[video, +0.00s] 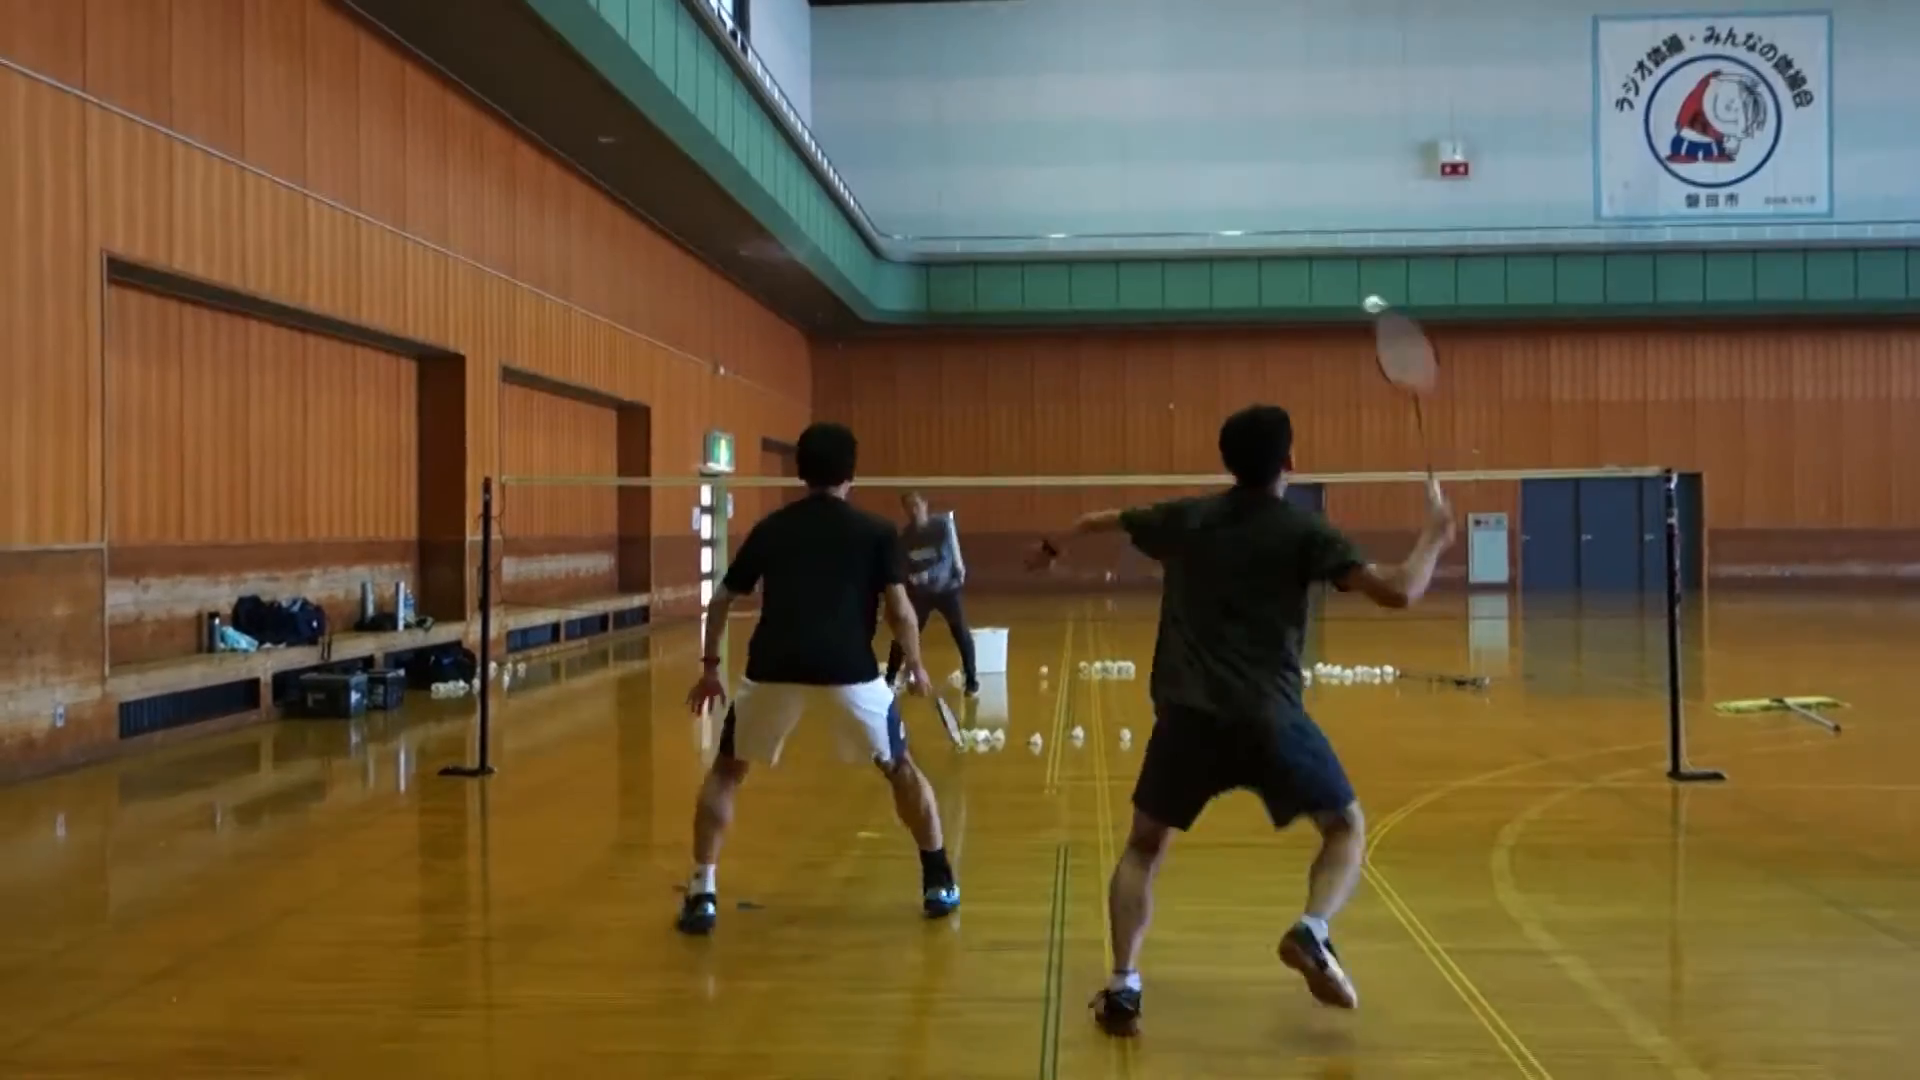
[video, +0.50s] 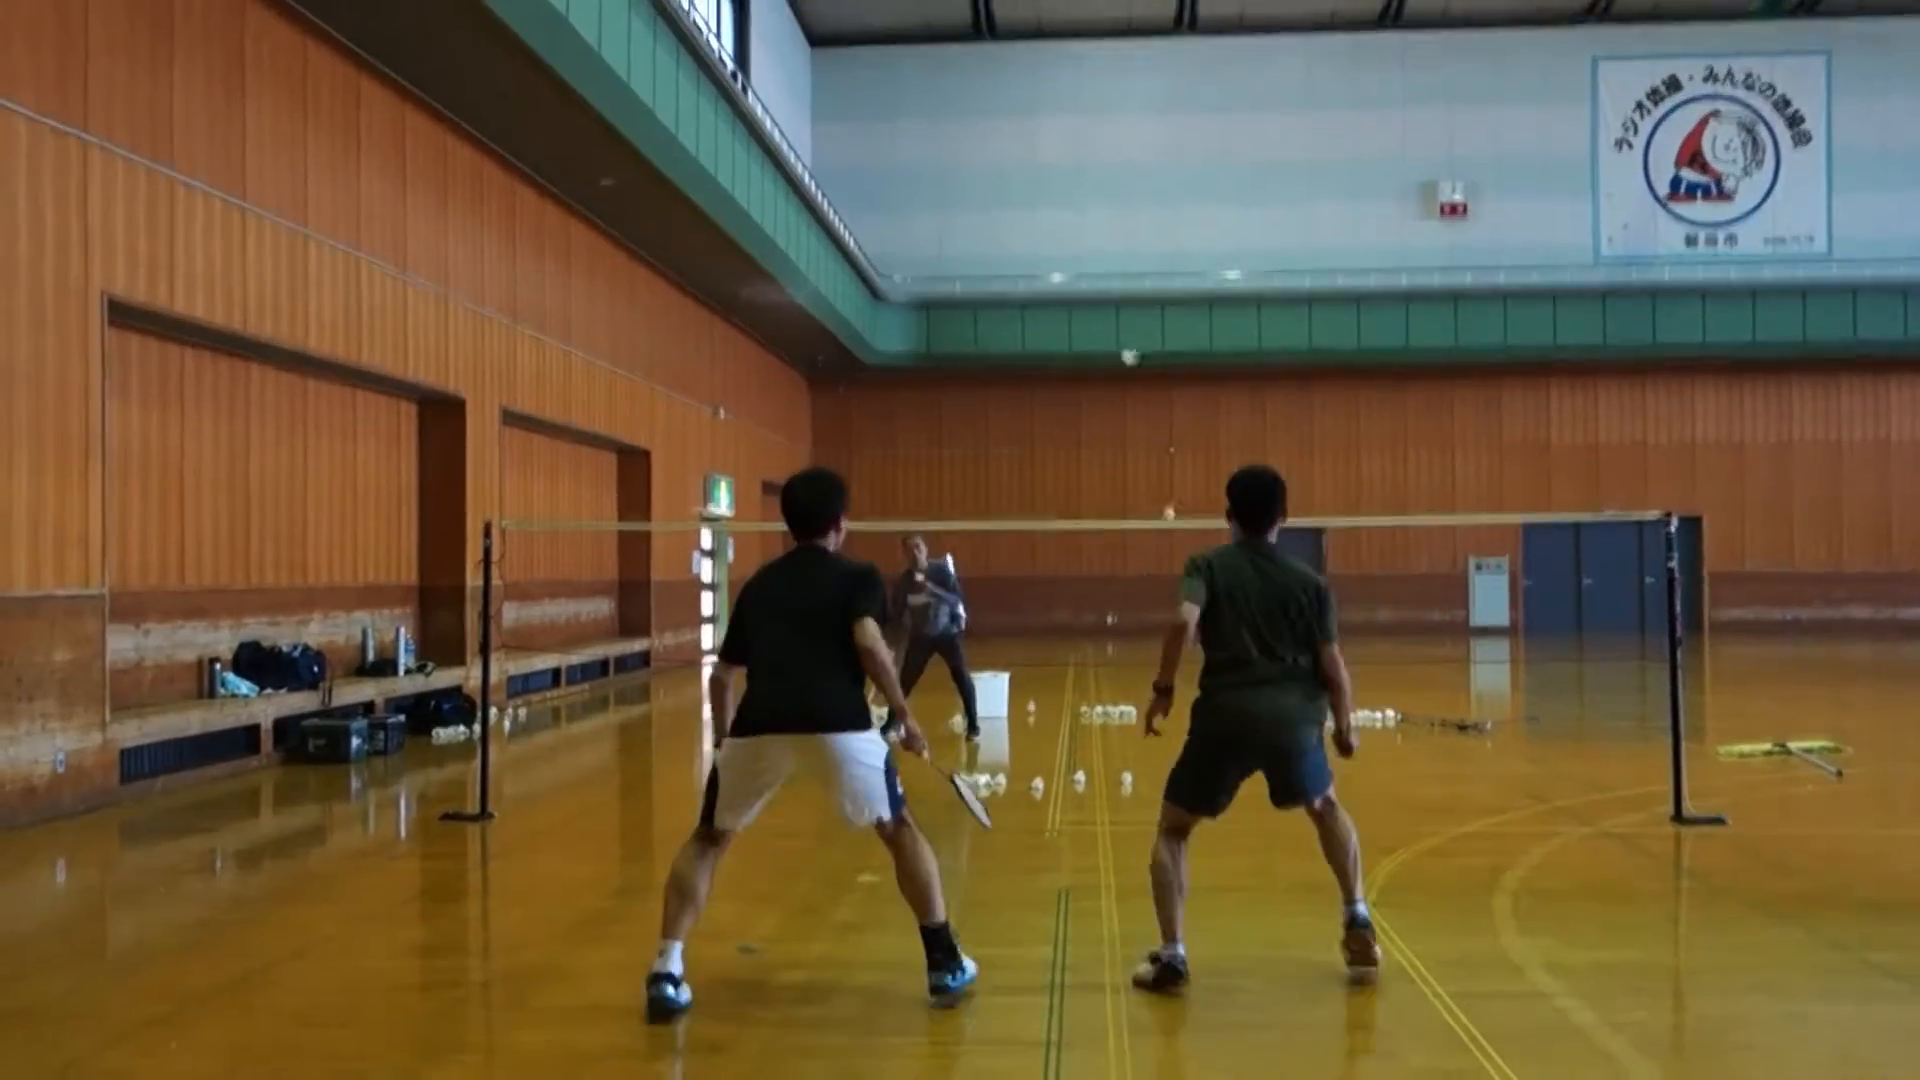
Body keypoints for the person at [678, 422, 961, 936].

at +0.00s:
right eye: (847, 468)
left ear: (799, 470)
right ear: (851, 473)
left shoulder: (772, 528)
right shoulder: (876, 533)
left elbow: (721, 601)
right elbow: (900, 610)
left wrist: (709, 665)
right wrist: (915, 664)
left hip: (775, 670)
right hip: (851, 672)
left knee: (726, 772)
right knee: (902, 771)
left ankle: (701, 894)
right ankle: (939, 879)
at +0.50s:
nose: (845, 528)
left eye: (841, 521)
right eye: (845, 521)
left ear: (788, 525)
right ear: (839, 524)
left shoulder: (759, 583)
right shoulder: (857, 576)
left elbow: (722, 676)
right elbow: (867, 642)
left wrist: (724, 744)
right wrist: (902, 712)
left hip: (762, 725)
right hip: (841, 724)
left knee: (707, 842)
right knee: (899, 831)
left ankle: (666, 971)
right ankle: (944, 960)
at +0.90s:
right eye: (894, 506)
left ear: (837, 513)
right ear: (896, 512)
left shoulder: (807, 584)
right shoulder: (932, 580)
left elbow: (748, 660)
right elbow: (973, 663)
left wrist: (736, 739)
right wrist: (993, 716)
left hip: (823, 753)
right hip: (909, 754)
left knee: (759, 858)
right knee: (970, 869)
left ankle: (723, 993)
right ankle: (987, 1013)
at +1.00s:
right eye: (897, 476)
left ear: (839, 481)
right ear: (898, 481)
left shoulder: (809, 547)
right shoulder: (928, 546)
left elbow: (744, 610)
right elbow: (971, 615)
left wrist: (755, 688)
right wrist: (992, 678)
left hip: (825, 718)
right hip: (910, 720)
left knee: (782, 841)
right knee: (964, 842)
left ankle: (762, 982)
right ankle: (996, 982)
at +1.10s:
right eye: (899, 512)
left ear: (838, 516)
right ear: (899, 517)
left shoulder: (803, 584)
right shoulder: (926, 583)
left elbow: (747, 659)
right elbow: (961, 664)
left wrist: (749, 742)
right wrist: (978, 744)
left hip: (822, 760)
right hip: (911, 756)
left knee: (771, 872)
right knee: (981, 863)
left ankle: (723, 1007)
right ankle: (1019, 996)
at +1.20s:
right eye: (899, 542)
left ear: (843, 549)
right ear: (901, 549)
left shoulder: (810, 619)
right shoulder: (929, 620)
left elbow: (764, 706)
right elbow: (958, 710)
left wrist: (747, 787)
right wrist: (974, 780)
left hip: (815, 795)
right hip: (901, 790)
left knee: (756, 906)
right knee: (992, 880)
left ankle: (692, 1037)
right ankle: (1064, 1009)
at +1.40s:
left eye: (890, 566)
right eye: (935, 563)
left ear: (888, 575)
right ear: (946, 573)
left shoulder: (859, 646)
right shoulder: (981, 640)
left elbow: (812, 731)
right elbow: (1031, 719)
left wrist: (792, 801)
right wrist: (1033, 758)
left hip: (871, 819)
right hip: (962, 814)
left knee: (797, 910)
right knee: (1044, 892)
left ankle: (709, 1022)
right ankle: (1096, 1027)